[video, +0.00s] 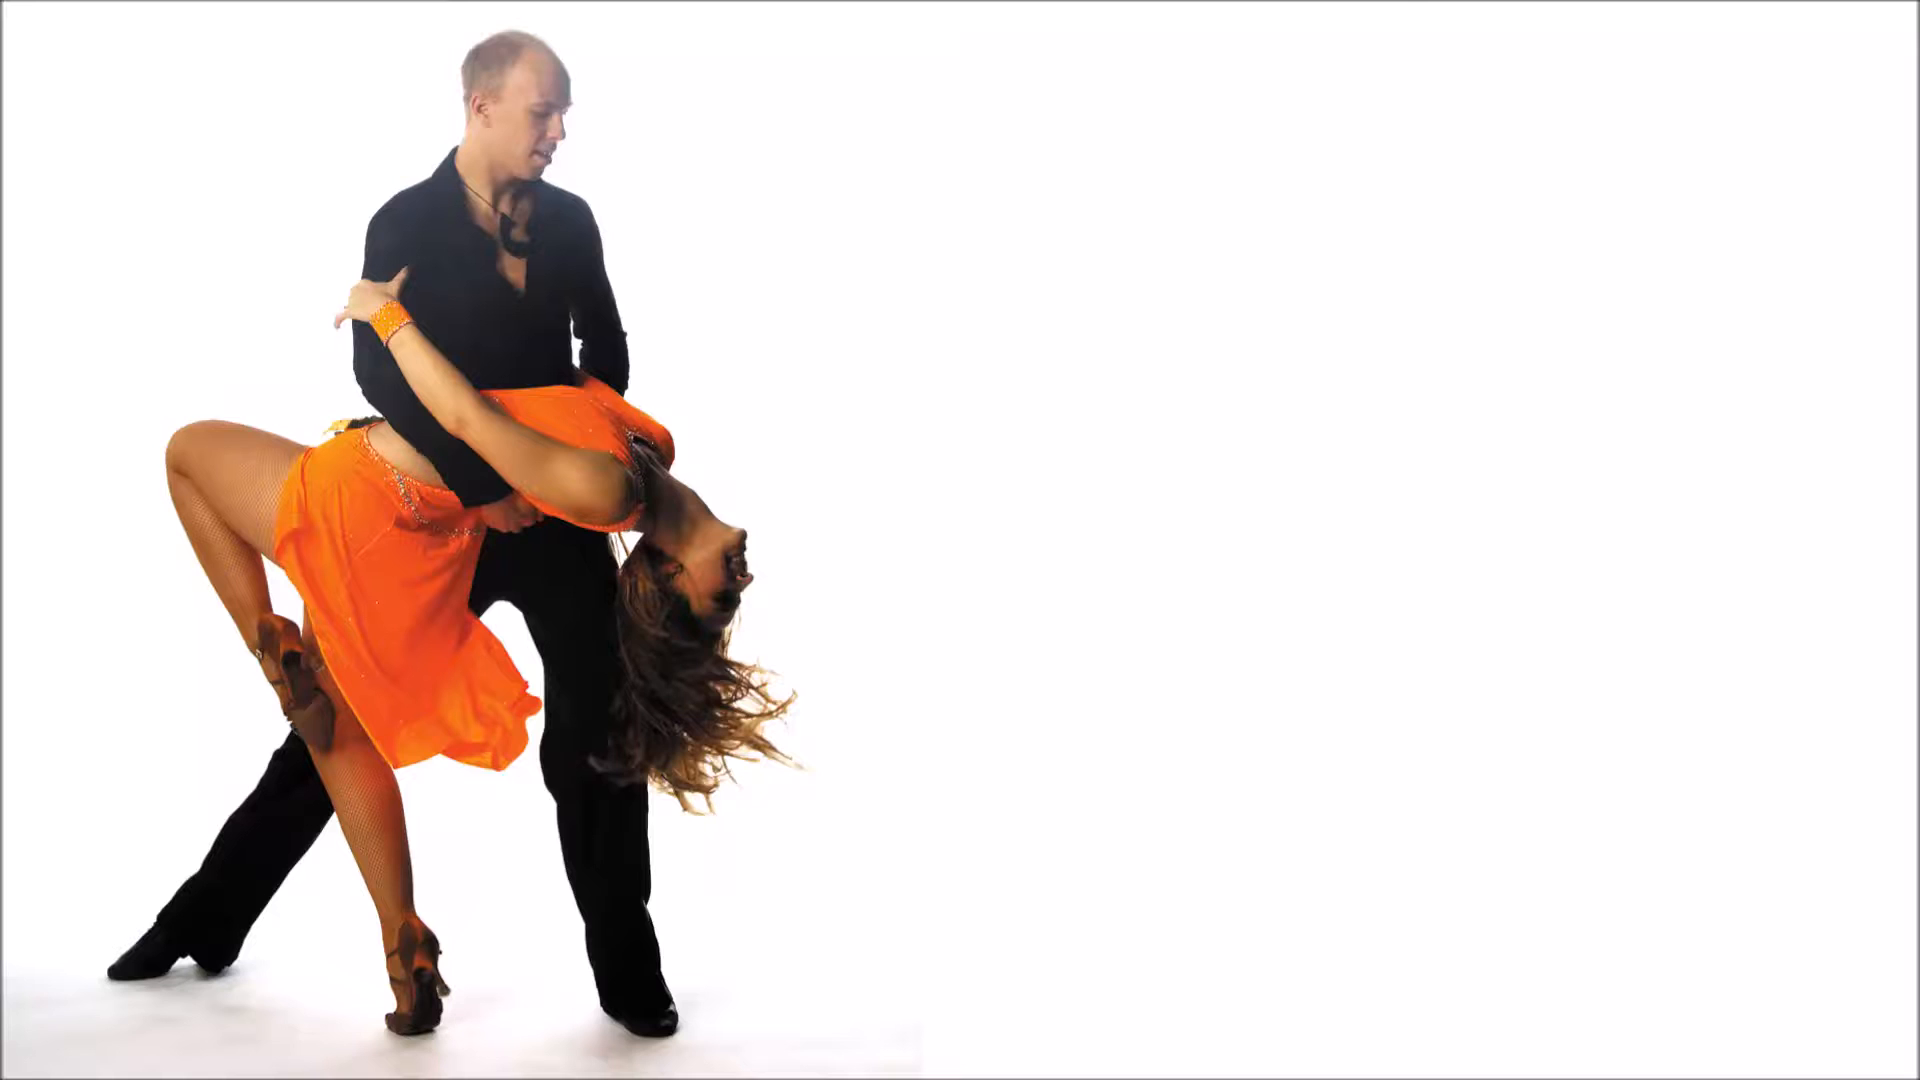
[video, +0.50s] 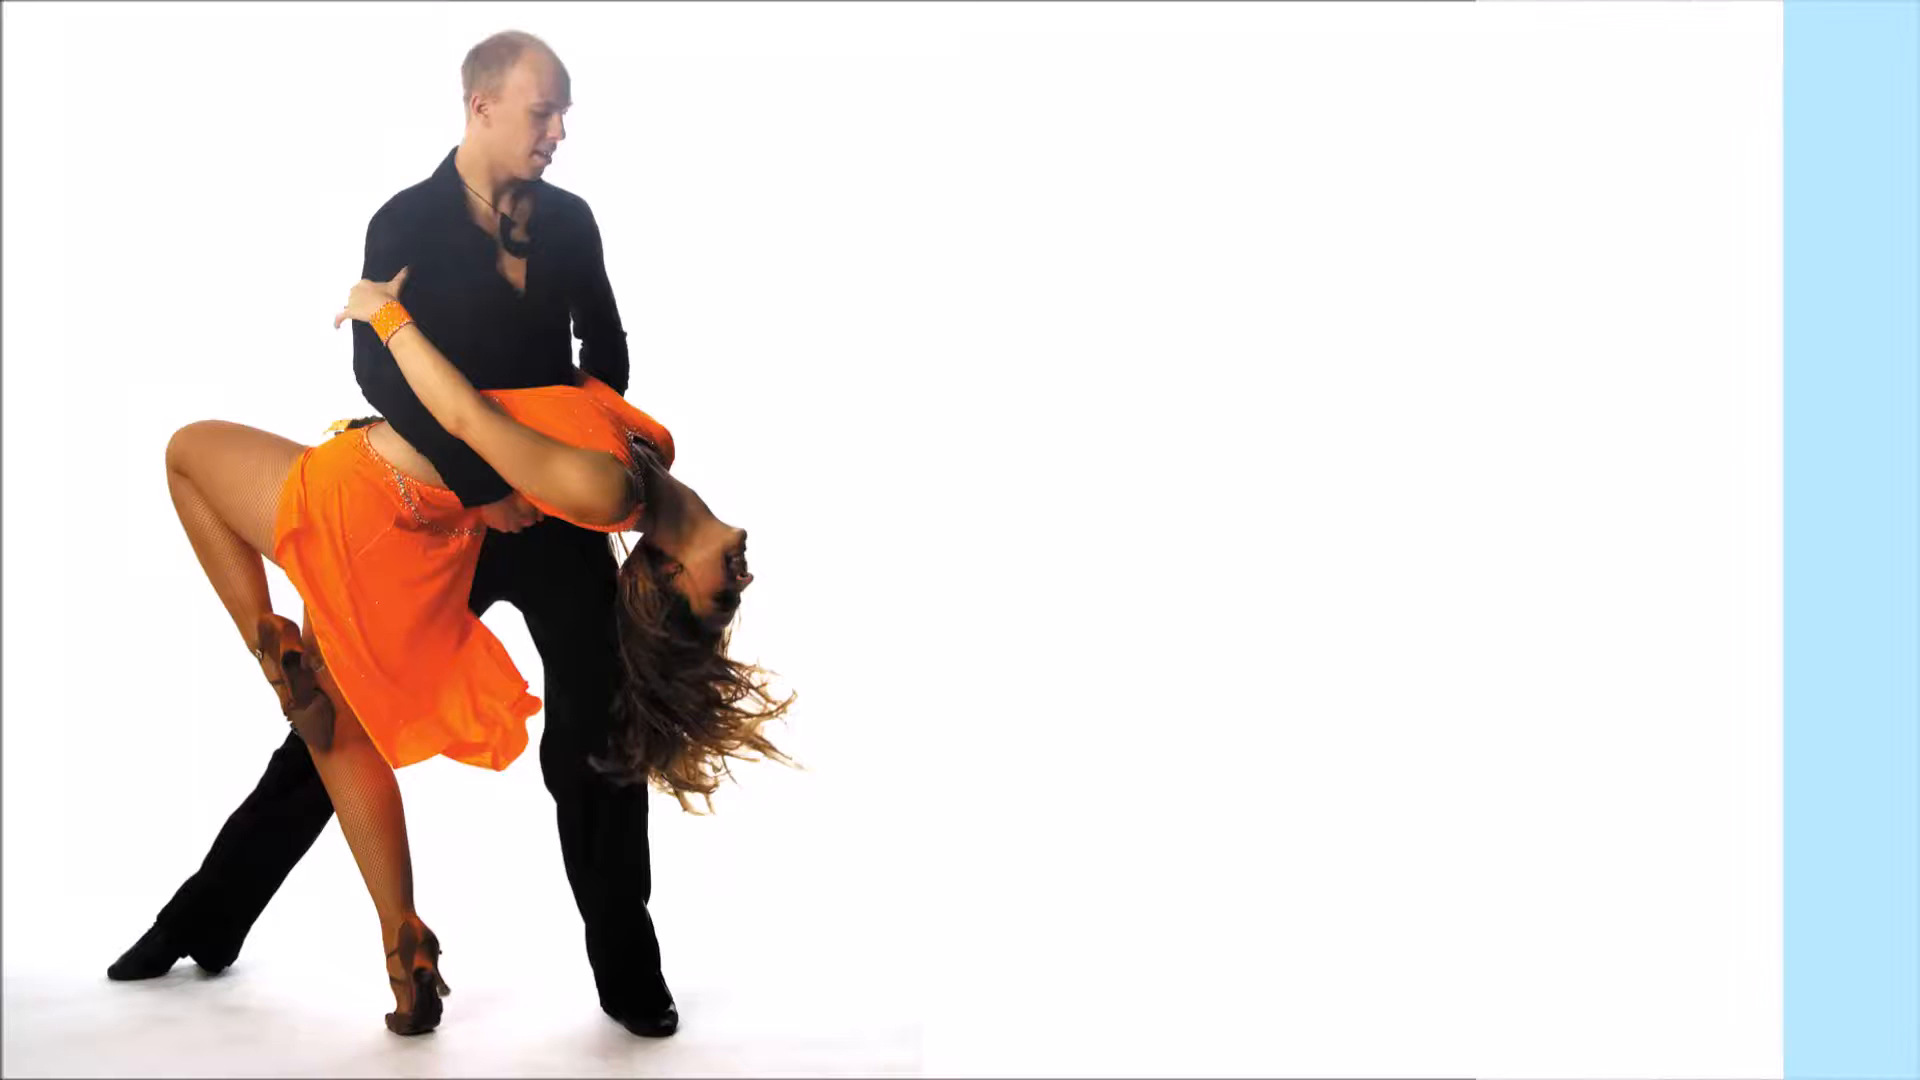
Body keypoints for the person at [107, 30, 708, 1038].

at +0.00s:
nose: (556, 135)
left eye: (563, 118)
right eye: (543, 114)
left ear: (553, 123)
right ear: (478, 107)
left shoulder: (567, 220)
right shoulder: (406, 224)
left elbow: (607, 358)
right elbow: (377, 371)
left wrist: (611, 479)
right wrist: (477, 485)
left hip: (553, 526)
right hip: (442, 523)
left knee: (598, 734)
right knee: (337, 723)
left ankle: (631, 975)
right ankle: (205, 925)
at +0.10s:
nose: (556, 135)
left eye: (563, 118)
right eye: (543, 115)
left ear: (553, 123)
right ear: (479, 108)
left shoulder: (567, 221)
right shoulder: (406, 225)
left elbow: (606, 352)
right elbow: (377, 371)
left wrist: (608, 472)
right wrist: (479, 484)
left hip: (552, 525)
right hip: (441, 523)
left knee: (597, 733)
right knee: (338, 723)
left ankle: (631, 975)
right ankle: (205, 925)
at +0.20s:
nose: (556, 135)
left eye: (563, 118)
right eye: (543, 115)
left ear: (553, 123)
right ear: (479, 108)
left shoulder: (567, 221)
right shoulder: (406, 225)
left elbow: (606, 352)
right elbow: (377, 371)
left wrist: (608, 471)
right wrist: (479, 484)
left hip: (552, 525)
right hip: (441, 523)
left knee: (597, 733)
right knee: (338, 723)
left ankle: (631, 975)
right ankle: (205, 925)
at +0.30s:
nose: (556, 135)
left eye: (563, 118)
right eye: (543, 115)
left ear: (553, 123)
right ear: (479, 108)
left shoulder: (567, 221)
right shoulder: (406, 225)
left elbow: (605, 346)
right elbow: (376, 370)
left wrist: (604, 463)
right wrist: (480, 483)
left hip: (552, 524)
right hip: (440, 522)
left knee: (597, 731)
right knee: (338, 723)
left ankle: (631, 974)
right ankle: (205, 924)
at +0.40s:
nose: (556, 135)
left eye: (563, 118)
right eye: (543, 114)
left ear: (553, 123)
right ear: (478, 108)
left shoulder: (566, 220)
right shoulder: (406, 224)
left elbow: (607, 357)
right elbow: (377, 371)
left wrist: (611, 479)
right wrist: (477, 485)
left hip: (553, 526)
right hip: (442, 523)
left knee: (598, 734)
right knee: (337, 723)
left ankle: (631, 975)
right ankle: (205, 925)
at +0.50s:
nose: (556, 135)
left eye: (563, 118)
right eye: (542, 114)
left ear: (554, 123)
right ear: (478, 107)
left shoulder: (566, 220)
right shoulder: (405, 225)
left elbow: (608, 359)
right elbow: (378, 372)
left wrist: (612, 482)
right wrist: (478, 486)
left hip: (553, 526)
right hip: (442, 523)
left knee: (598, 733)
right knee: (338, 722)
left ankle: (631, 973)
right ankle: (205, 925)